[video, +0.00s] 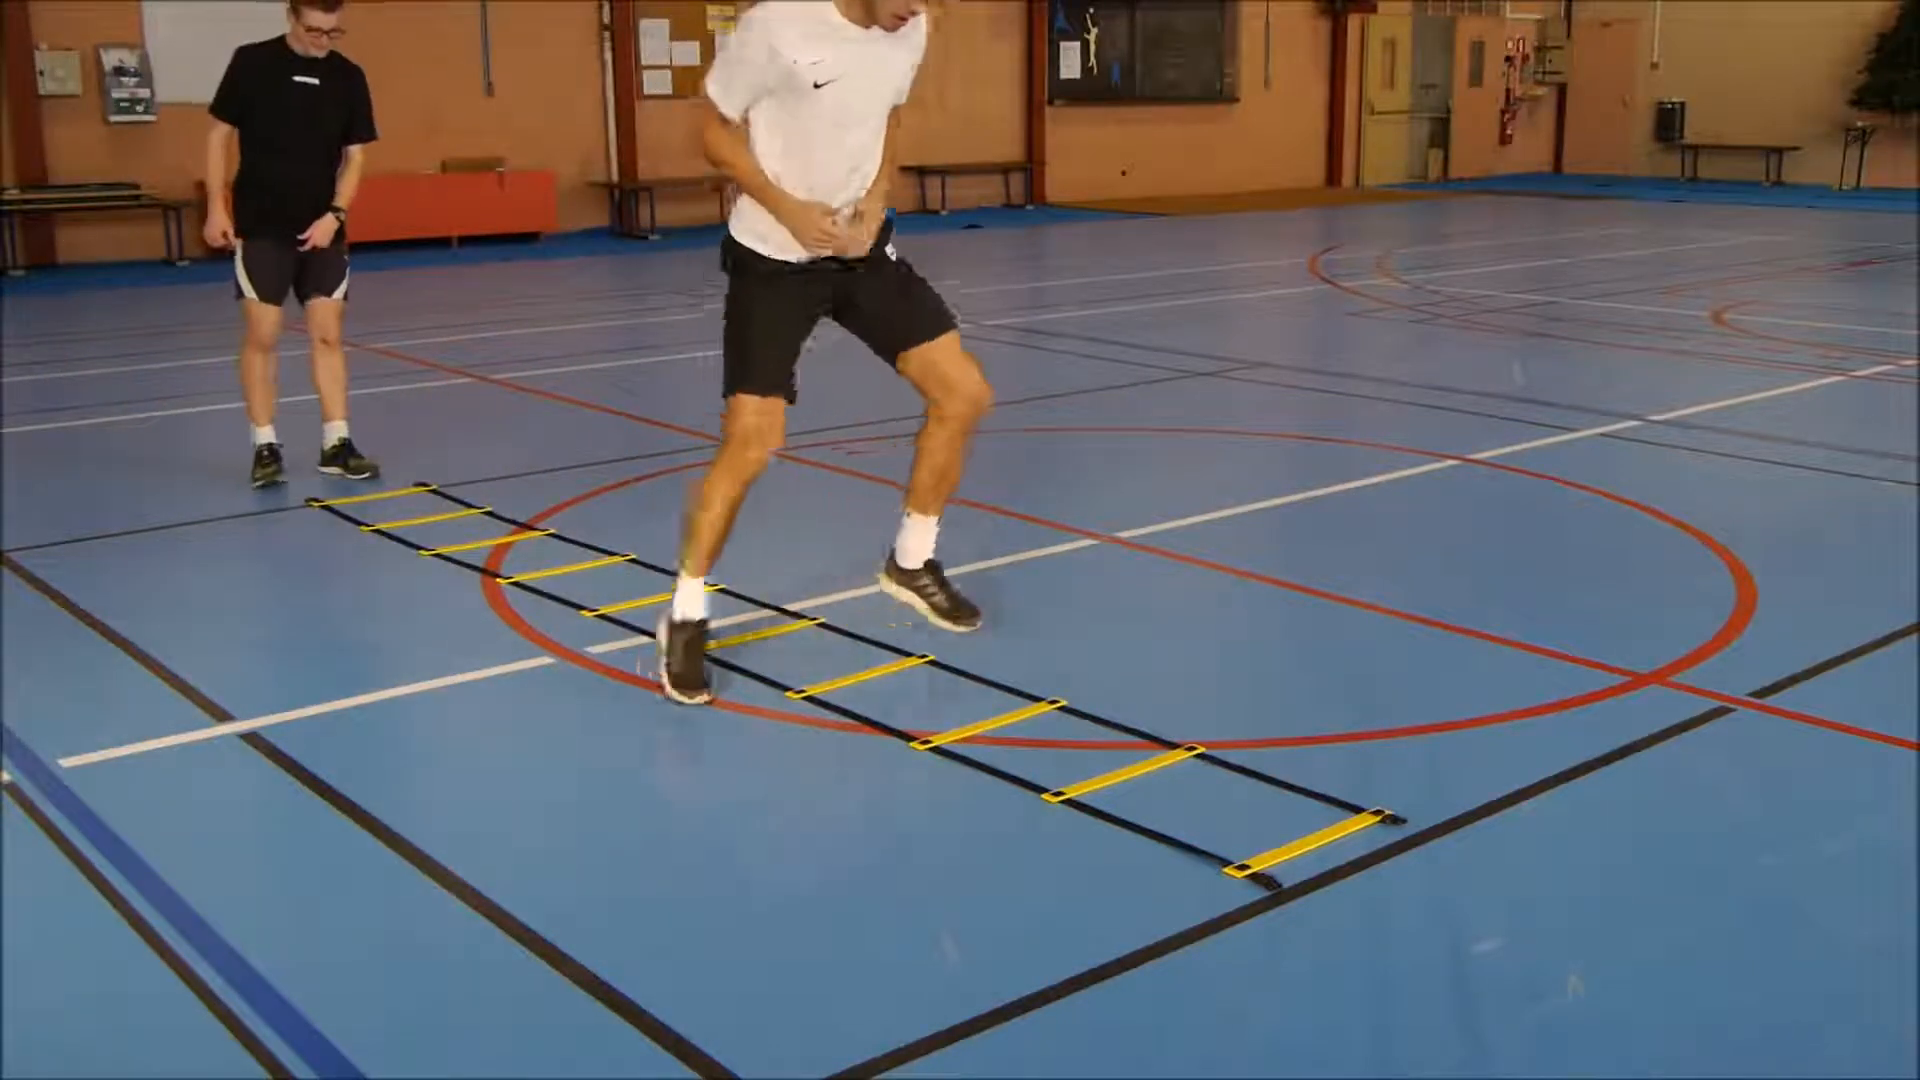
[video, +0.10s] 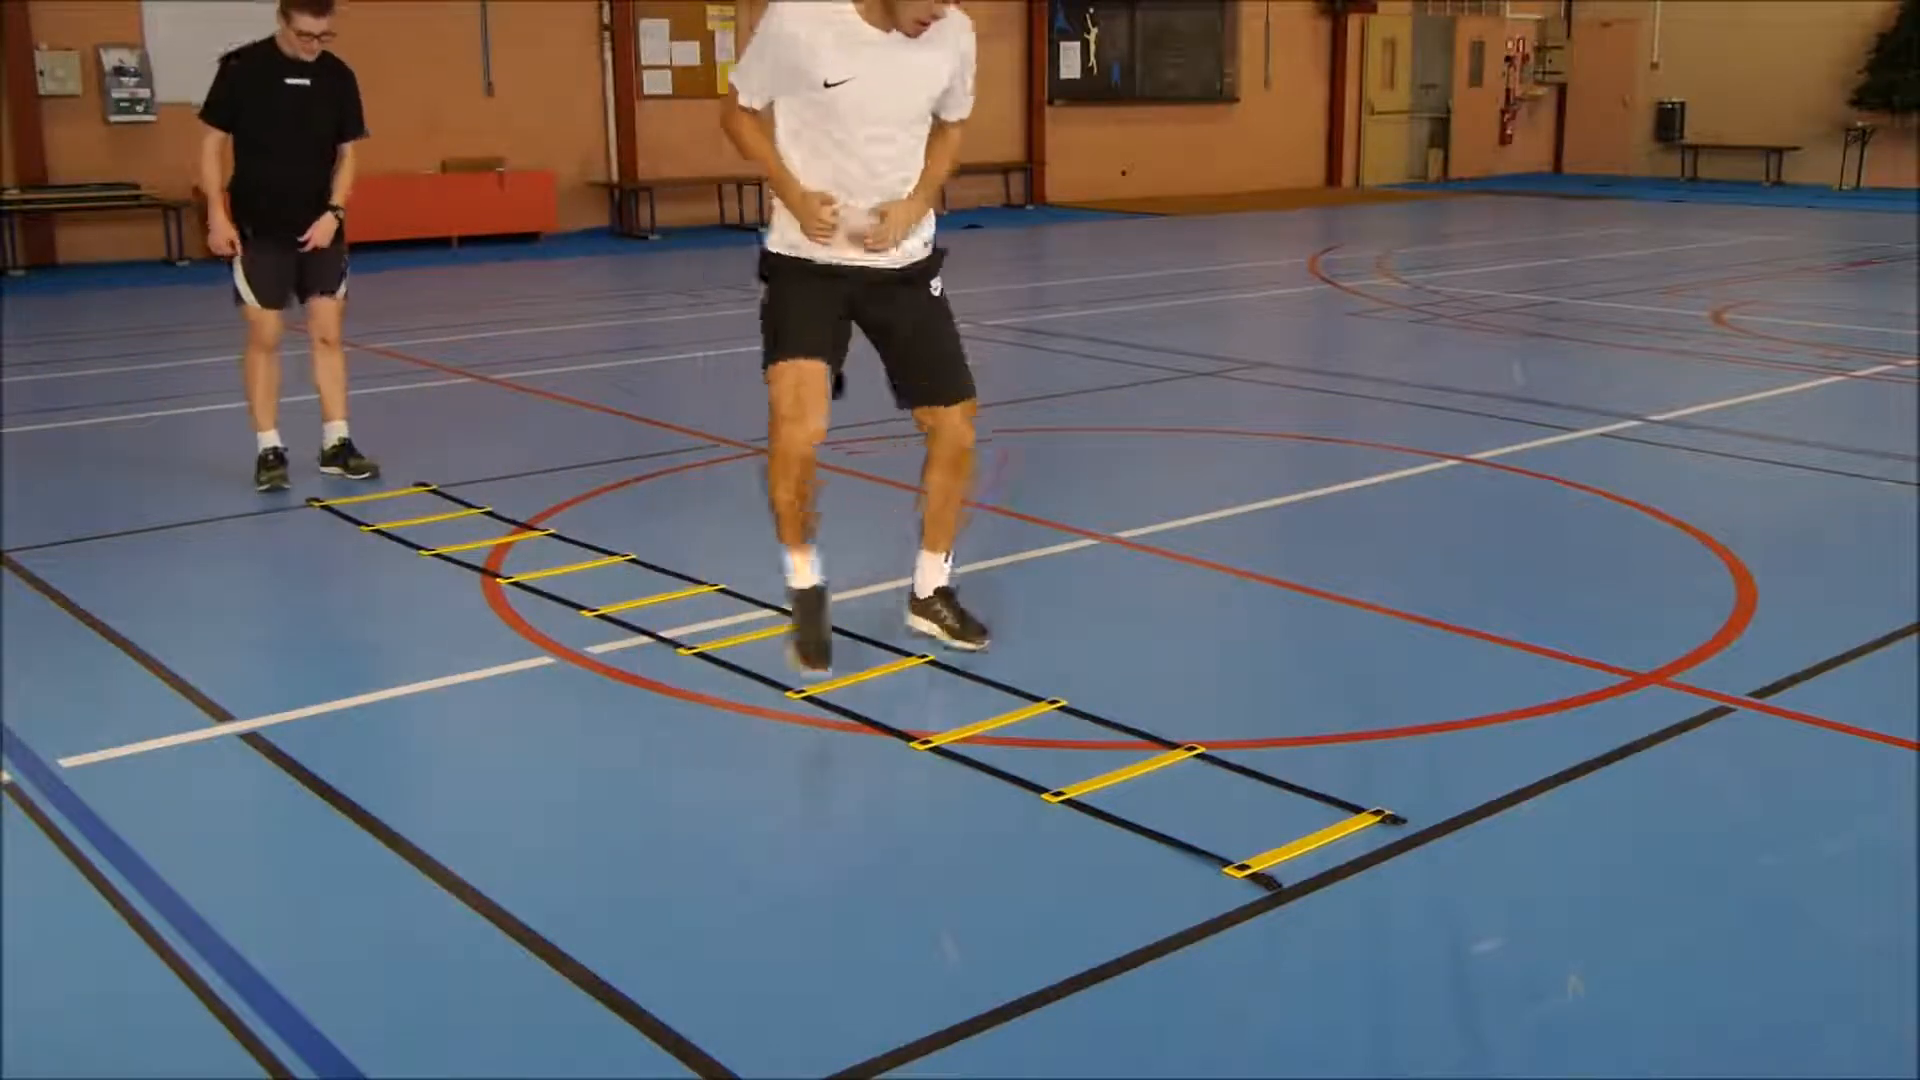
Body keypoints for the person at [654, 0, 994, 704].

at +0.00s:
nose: (913, 3)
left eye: (917, 0)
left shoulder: (912, 29)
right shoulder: (773, 26)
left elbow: (887, 116)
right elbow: (714, 131)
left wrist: (876, 202)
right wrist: (792, 210)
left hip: (862, 249)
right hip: (769, 259)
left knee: (961, 395)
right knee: (754, 441)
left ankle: (913, 562)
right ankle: (686, 613)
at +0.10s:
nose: (937, 17)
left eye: (945, 8)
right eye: (928, 6)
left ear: (948, 5)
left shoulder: (953, 33)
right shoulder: (795, 23)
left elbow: (948, 125)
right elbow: (738, 112)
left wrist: (918, 201)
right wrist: (793, 194)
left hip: (904, 264)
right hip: (805, 263)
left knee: (955, 429)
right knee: (797, 431)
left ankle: (931, 588)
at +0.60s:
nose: (1035, 18)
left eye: (1040, 9)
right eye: (1027, 5)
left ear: (1034, 5)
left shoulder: (1024, 38)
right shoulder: (881, 30)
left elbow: (986, 132)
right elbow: (802, 149)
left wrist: (996, 213)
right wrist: (908, 231)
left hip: (967, 289)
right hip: (875, 295)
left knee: (1089, 424)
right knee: (851, 497)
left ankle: (992, 588)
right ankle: (778, 679)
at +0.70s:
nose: (1055, 5)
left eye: (1060, 0)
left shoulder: (1055, 28)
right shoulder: (901, 19)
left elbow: (1031, 123)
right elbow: (824, 123)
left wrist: (1024, 200)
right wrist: (919, 208)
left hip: (997, 278)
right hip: (898, 281)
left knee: (1098, 438)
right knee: (889, 475)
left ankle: (1039, 615)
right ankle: (811, 662)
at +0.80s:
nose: (1082, 5)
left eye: (1088, 0)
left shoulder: (1101, 36)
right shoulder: (927, 19)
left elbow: (1103, 144)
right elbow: (860, 108)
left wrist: (1068, 215)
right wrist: (922, 190)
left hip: (1042, 289)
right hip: (937, 284)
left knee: (1091, 482)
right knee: (938, 472)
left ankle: (1044, 636)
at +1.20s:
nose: (1168, 1)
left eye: (1176, 0)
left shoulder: (1190, 20)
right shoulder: (1017, 11)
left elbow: (1172, 132)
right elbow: (943, 121)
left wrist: (1128, 228)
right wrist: (1040, 213)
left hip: (1111, 296)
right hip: (1002, 286)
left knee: (1167, 486)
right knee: (997, 499)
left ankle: (1054, 648)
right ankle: (925, 709)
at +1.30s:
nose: (1196, 4)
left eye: (1201, 2)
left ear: (1199, 0)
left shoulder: (1197, 23)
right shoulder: (1042, 18)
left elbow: (1169, 136)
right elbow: (955, 135)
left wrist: (1144, 229)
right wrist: (1069, 233)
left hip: (1126, 300)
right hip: (1024, 305)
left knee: (1240, 457)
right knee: (989, 523)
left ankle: (1114, 616)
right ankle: (907, 719)